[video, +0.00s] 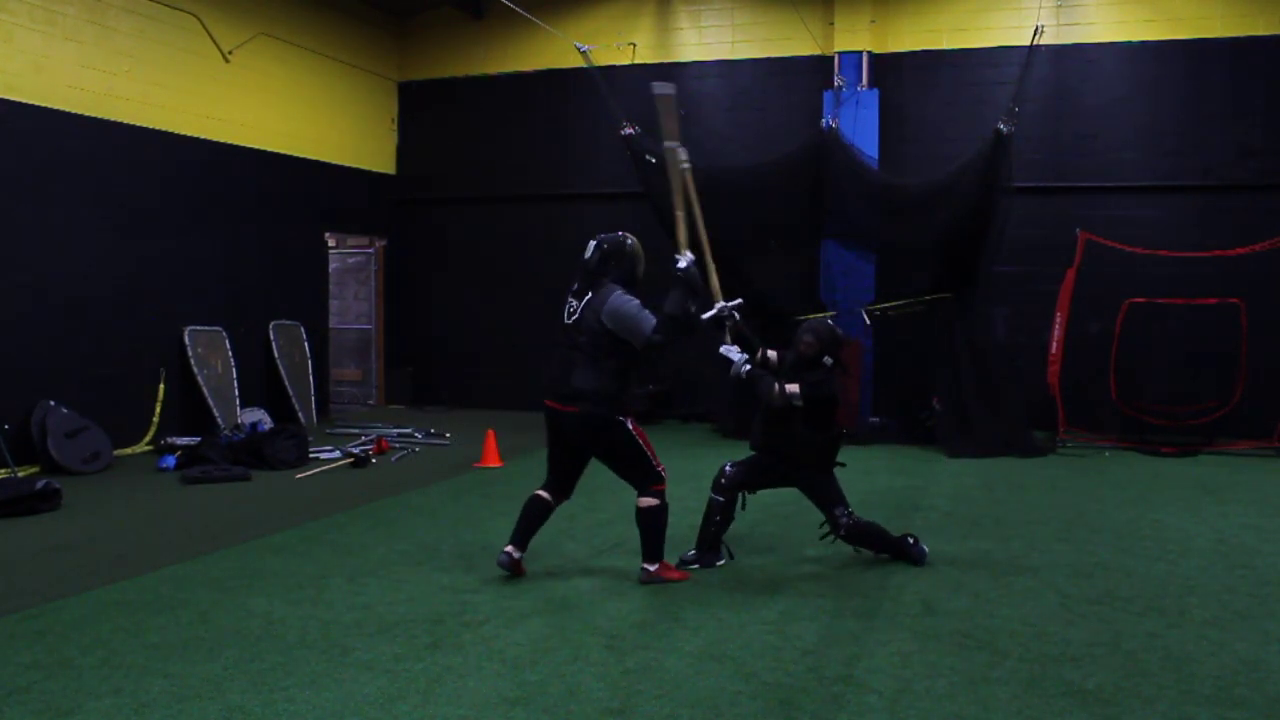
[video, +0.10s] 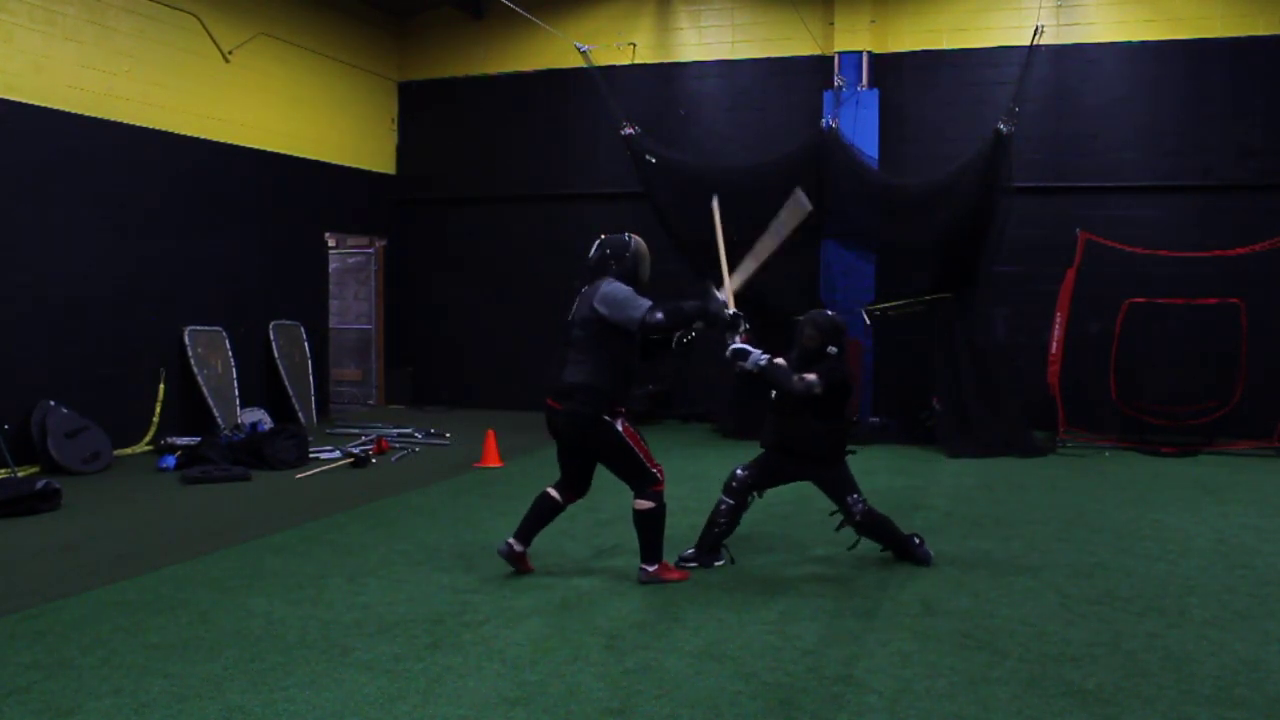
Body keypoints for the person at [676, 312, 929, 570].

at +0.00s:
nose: (802, 346)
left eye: (809, 343)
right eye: (801, 340)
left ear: (823, 349)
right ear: (799, 340)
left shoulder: (826, 381)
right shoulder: (793, 363)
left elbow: (778, 395)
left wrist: (745, 370)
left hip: (812, 466)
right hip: (777, 459)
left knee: (847, 527)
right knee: (727, 477)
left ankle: (903, 548)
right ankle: (708, 550)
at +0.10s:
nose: (803, 337)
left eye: (810, 333)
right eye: (803, 331)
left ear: (827, 341)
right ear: (803, 336)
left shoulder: (835, 370)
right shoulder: (797, 359)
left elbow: (801, 386)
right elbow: (770, 370)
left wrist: (763, 363)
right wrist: (742, 349)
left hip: (824, 458)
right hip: (785, 454)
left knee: (859, 515)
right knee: (739, 481)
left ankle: (906, 546)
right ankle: (707, 549)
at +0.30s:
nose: (816, 334)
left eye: (822, 327)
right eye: (812, 328)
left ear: (836, 327)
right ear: (803, 330)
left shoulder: (850, 348)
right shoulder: (797, 353)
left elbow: (852, 354)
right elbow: (773, 356)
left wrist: (812, 345)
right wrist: (751, 340)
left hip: (851, 443)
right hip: (810, 442)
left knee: (885, 500)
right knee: (761, 473)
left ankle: (920, 546)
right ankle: (746, 536)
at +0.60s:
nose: (796, 313)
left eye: (803, 308)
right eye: (792, 307)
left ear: (817, 311)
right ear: (786, 309)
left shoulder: (828, 337)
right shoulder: (780, 337)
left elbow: (836, 356)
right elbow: (762, 348)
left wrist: (801, 350)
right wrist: (750, 333)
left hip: (830, 431)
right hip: (791, 431)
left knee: (865, 484)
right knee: (753, 475)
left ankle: (909, 541)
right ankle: (757, 537)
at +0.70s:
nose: (798, 304)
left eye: (805, 298)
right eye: (794, 298)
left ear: (818, 300)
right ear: (788, 298)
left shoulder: (830, 327)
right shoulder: (780, 329)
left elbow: (838, 362)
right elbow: (766, 362)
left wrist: (805, 363)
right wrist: (753, 346)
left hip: (828, 422)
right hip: (789, 422)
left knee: (858, 475)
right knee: (758, 470)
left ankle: (881, 535)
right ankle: (757, 536)